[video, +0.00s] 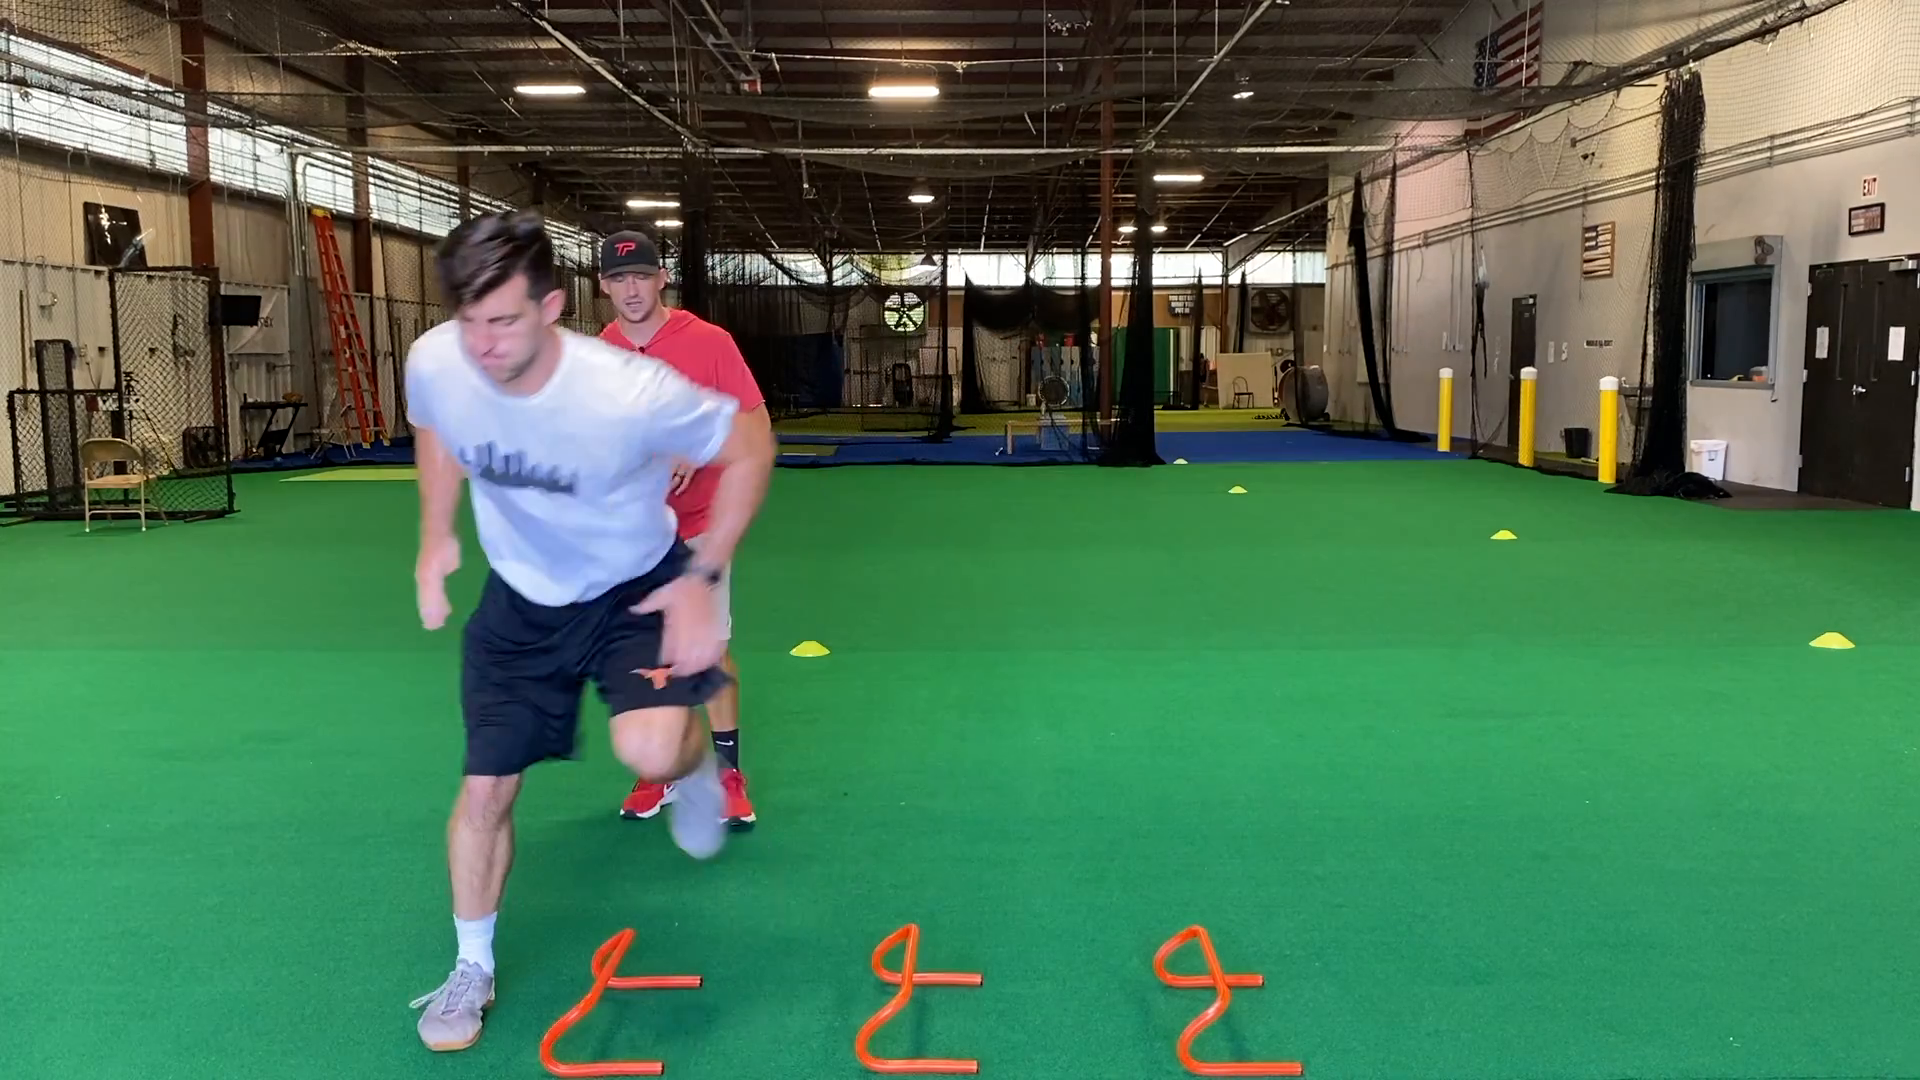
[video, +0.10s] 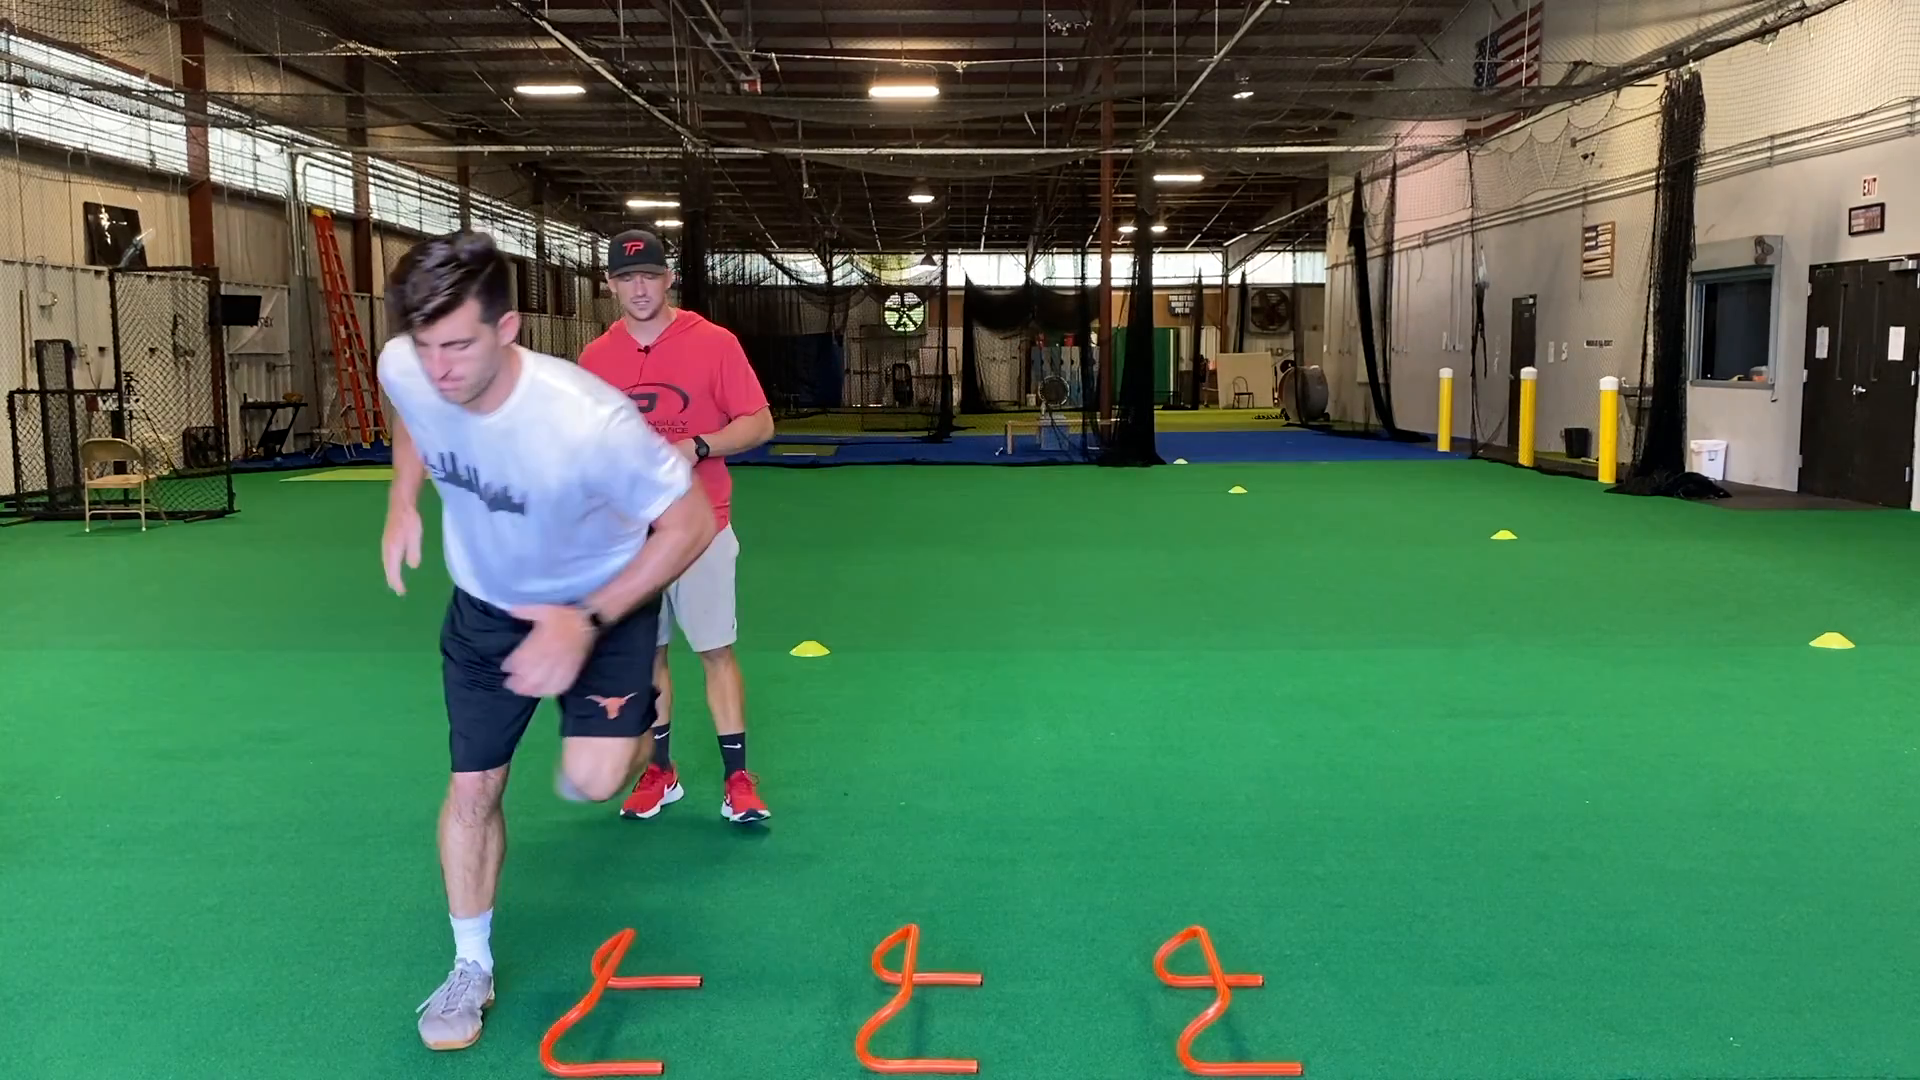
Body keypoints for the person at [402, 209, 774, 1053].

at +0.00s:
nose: (484, 341)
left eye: (504, 320)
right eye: (471, 320)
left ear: (553, 307)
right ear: (453, 311)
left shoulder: (630, 391)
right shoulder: (436, 364)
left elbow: (752, 438)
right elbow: (436, 432)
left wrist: (705, 567)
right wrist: (437, 539)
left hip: (638, 590)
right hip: (519, 597)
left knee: (649, 750)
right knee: (487, 784)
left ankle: (696, 762)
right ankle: (472, 969)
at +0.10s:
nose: (440, 367)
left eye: (459, 345)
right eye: (427, 347)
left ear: (508, 328)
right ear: (410, 336)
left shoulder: (590, 419)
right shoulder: (405, 368)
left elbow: (694, 519)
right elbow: (413, 423)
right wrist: (402, 503)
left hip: (606, 605)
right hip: (485, 606)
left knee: (592, 784)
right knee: (473, 784)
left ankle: (646, 693)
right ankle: (471, 966)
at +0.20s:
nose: (412, 384)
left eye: (431, 362)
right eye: (397, 365)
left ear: (479, 342)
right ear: (380, 356)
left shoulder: (560, 434)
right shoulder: (383, 375)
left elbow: (656, 557)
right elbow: (387, 410)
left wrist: (527, 620)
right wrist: (386, 475)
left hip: (588, 605)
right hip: (470, 601)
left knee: (574, 786)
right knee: (463, 782)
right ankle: (468, 968)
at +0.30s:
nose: (396, 392)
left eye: (414, 371)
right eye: (381, 374)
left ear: (462, 350)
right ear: (364, 366)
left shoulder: (545, 441)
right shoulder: (367, 382)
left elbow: (643, 562)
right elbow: (376, 425)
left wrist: (513, 624)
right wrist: (375, 478)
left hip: (575, 610)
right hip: (460, 608)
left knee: (567, 785)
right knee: (455, 784)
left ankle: (537, 763)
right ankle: (467, 966)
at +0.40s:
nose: (391, 394)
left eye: (409, 373)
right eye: (376, 376)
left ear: (455, 351)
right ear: (358, 367)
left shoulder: (540, 440)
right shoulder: (358, 383)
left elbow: (642, 555)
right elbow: (370, 433)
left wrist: (516, 625)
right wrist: (370, 489)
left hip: (570, 607)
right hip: (453, 607)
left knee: (567, 784)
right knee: (449, 783)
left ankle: (536, 761)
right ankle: (465, 966)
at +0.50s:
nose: (394, 392)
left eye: (412, 370)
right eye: (379, 373)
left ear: (459, 348)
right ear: (360, 365)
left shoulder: (543, 441)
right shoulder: (360, 383)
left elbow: (640, 557)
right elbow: (375, 434)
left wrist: (514, 624)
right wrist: (375, 486)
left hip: (571, 605)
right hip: (454, 603)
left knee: (565, 783)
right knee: (449, 781)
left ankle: (529, 762)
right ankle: (464, 965)